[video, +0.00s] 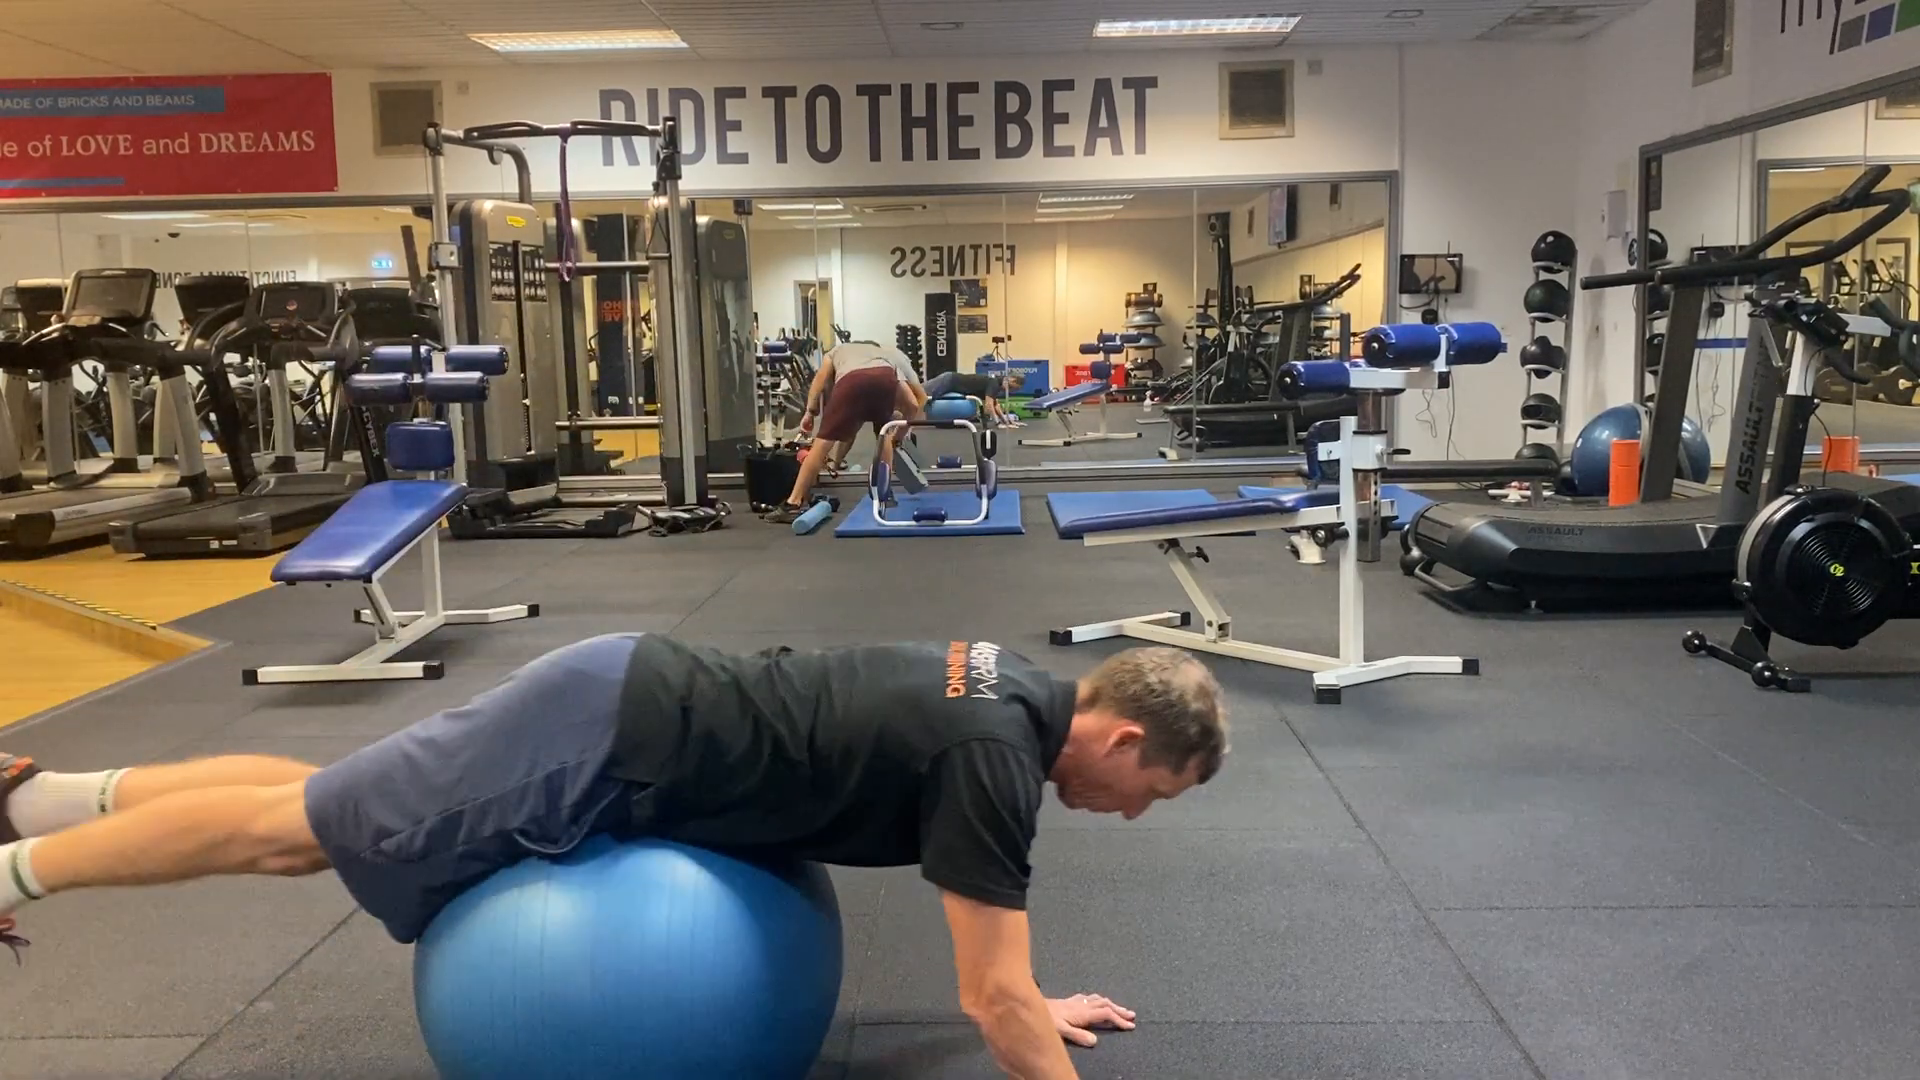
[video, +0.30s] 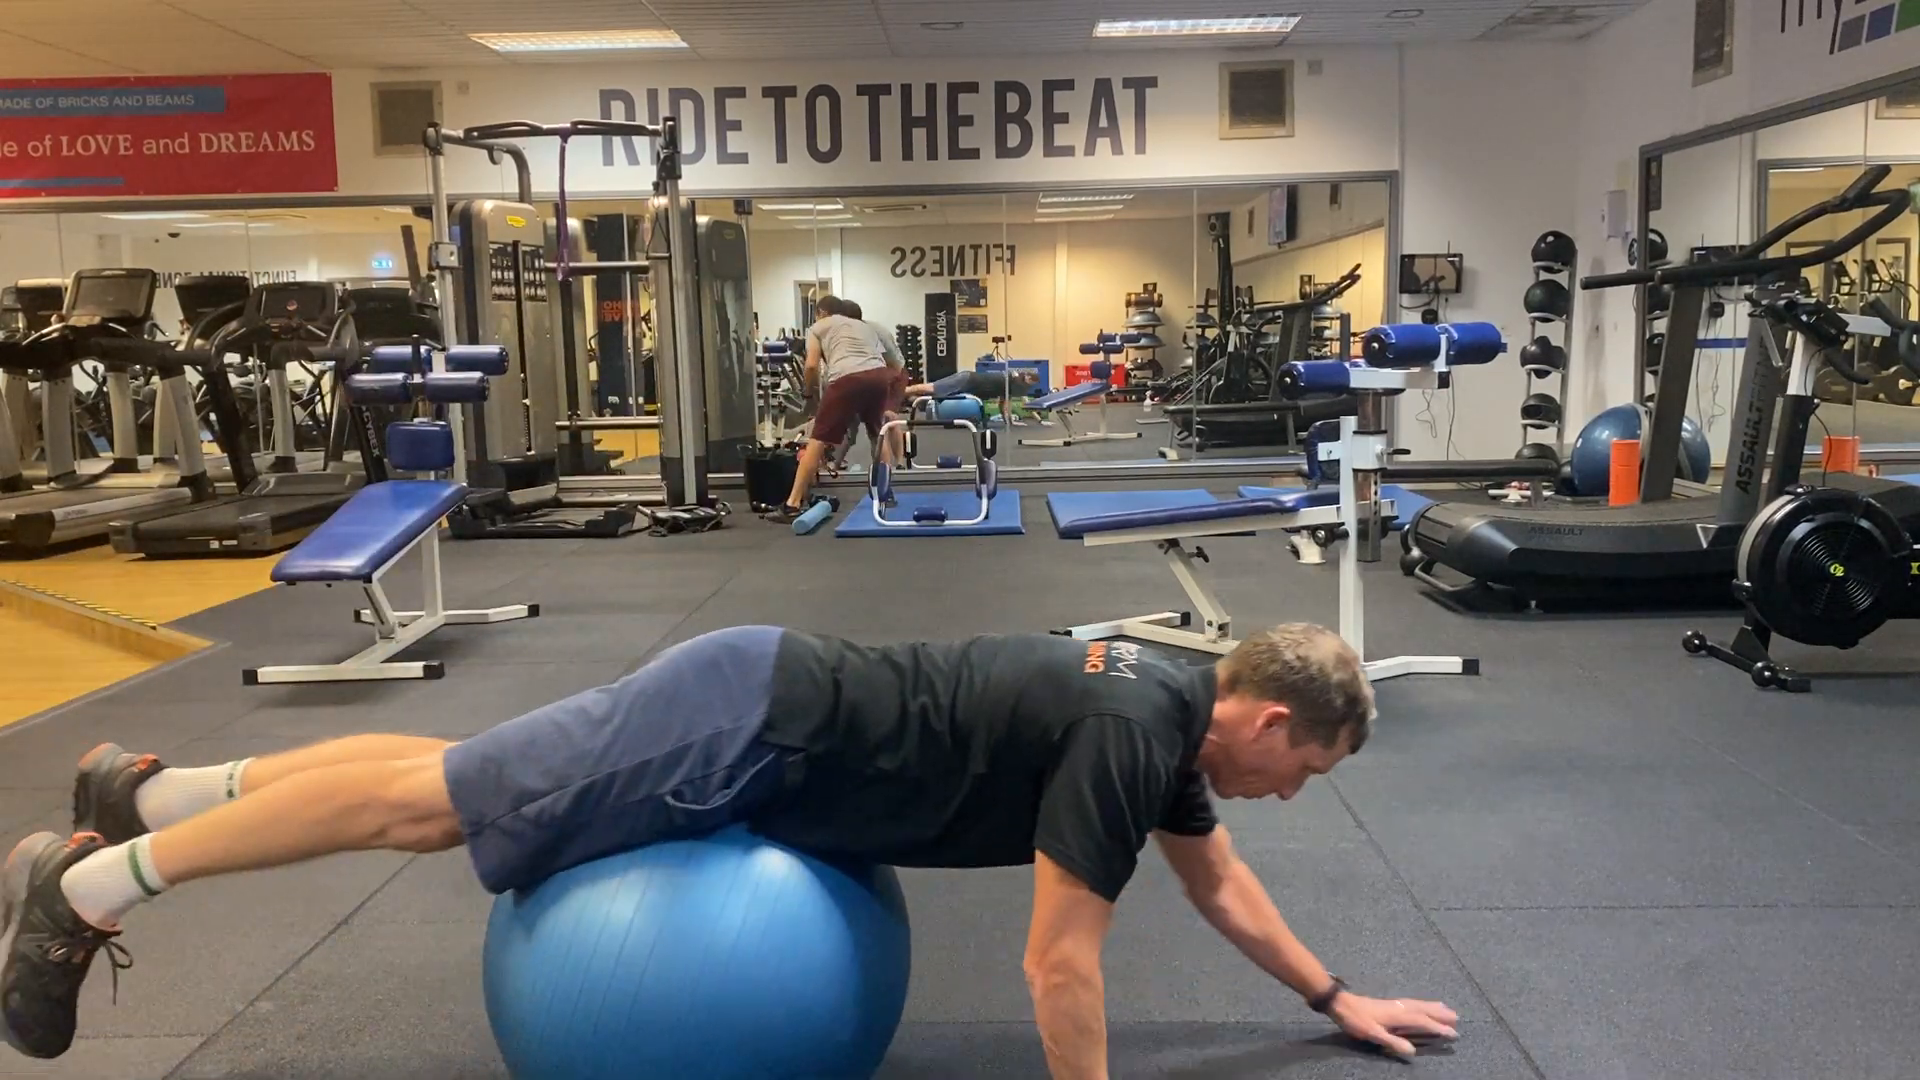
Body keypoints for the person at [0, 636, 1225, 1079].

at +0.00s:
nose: (1147, 806)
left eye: (1162, 789)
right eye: (1156, 788)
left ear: (1108, 705)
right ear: (1116, 740)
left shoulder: (1012, 694)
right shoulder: (991, 767)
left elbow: (983, 904)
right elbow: (996, 997)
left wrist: (1037, 1005)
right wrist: (1063, 1066)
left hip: (640, 678)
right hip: (621, 722)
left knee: (319, 793)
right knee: (305, 829)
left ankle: (52, 792)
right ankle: (29, 860)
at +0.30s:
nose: (1296, 784)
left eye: (1309, 764)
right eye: (1305, 761)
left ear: (1262, 707)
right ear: (1263, 724)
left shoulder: (1169, 704)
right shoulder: (1123, 735)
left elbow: (1226, 878)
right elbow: (1061, 963)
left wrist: (1337, 1002)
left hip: (765, 702)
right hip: (745, 710)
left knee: (445, 778)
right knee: (431, 798)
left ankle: (157, 786)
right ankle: (98, 879)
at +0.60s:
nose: (1452, 720)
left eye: (1463, 700)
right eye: (1460, 698)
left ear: (1396, 640)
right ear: (1411, 666)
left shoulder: (1290, 664)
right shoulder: (1289, 712)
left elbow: (1288, 863)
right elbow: (1163, 904)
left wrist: (1345, 1011)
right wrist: (1193, 1077)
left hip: (909, 664)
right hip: (914, 726)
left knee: (607, 740)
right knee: (582, 820)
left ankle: (306, 776)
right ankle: (251, 911)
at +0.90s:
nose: (1596, 740)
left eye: (1603, 719)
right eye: (1602, 718)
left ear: (1519, 653)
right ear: (1555, 688)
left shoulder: (1387, 660)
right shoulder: (1459, 747)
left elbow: (1306, 853)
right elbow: (1566, 983)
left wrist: (1343, 1010)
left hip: (1040, 679)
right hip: (1036, 746)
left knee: (734, 715)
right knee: (705, 781)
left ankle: (451, 715)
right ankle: (391, 801)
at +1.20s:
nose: (1752, 744)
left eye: (1760, 721)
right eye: (1763, 723)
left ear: (1684, 651)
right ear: (1723, 697)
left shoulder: (1558, 674)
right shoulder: (1605, 738)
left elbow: (1502, 864)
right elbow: (1622, 981)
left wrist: (1595, 978)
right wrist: (1650, 1064)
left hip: (1199, 726)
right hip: (1193, 748)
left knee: (876, 754)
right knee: (868, 766)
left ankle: (559, 656)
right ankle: (548, 656)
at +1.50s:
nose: (1782, 803)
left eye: (1803, 794)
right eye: (1799, 781)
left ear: (1756, 676)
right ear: (1778, 726)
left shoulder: (1633, 667)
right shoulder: (1686, 721)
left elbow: (1557, 851)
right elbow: (1645, 984)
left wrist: (1604, 982)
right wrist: (1663, 1062)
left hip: (1291, 548)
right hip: (1302, 589)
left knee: (1014, 702)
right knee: (1006, 772)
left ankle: (797, 491)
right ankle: (757, 563)